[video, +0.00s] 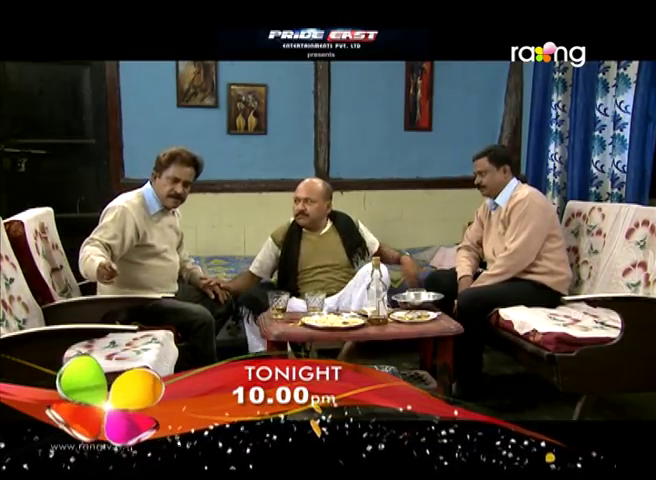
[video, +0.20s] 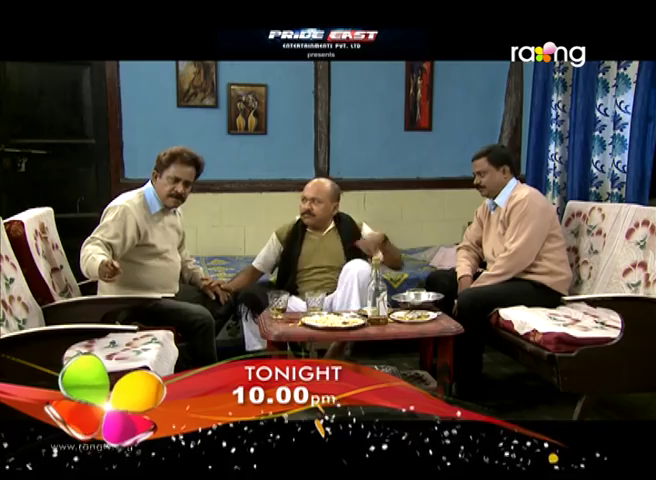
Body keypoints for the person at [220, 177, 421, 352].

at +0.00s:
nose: (300, 207)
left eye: (309, 202)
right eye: (297, 201)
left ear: (327, 207)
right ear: (293, 202)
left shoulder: (346, 224)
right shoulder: (284, 235)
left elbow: (379, 251)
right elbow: (252, 277)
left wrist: (403, 258)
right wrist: (226, 287)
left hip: (348, 300)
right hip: (300, 305)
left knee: (378, 275)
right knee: (251, 298)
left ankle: (345, 358)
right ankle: (274, 365)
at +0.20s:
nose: (306, 207)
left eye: (315, 202)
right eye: (303, 201)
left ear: (334, 207)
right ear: (300, 201)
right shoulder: (286, 233)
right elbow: (255, 271)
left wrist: (382, 243)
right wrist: (229, 288)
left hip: (339, 300)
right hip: (297, 303)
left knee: (358, 268)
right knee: (250, 296)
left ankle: (339, 351)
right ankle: (262, 364)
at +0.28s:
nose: (309, 207)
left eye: (318, 202)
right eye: (307, 200)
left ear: (337, 208)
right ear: (303, 200)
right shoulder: (289, 232)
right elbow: (256, 270)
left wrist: (369, 237)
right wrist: (229, 287)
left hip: (341, 299)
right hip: (298, 302)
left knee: (352, 268)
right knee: (249, 295)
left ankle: (335, 351)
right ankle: (265, 364)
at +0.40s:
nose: (312, 206)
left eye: (321, 202)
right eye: (310, 199)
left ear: (340, 207)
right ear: (306, 199)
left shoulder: (355, 230)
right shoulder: (292, 231)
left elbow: (382, 264)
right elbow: (259, 267)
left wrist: (347, 240)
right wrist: (228, 286)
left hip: (339, 302)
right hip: (297, 302)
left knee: (342, 270)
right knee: (248, 293)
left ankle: (330, 350)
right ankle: (264, 360)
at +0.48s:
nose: (314, 206)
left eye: (323, 201)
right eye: (312, 199)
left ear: (342, 208)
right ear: (308, 200)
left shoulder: (357, 231)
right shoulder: (294, 230)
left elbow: (369, 265)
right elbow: (260, 266)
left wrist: (331, 243)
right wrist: (228, 286)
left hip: (338, 301)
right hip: (297, 302)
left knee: (337, 272)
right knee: (248, 294)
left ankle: (333, 353)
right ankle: (266, 361)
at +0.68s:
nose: (315, 206)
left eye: (324, 202)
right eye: (315, 199)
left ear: (344, 210)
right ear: (312, 199)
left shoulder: (356, 233)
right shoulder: (298, 228)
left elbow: (351, 267)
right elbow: (262, 258)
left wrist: (301, 253)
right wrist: (228, 282)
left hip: (342, 303)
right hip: (300, 302)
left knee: (325, 282)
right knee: (246, 302)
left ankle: (320, 356)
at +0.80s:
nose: (314, 207)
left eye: (324, 203)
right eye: (315, 199)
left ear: (344, 211)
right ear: (312, 198)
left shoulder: (356, 235)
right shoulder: (299, 227)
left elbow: (336, 266)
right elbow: (262, 258)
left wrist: (283, 257)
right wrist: (229, 278)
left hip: (344, 305)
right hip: (299, 302)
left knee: (320, 288)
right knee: (245, 304)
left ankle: (318, 359)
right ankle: (273, 358)